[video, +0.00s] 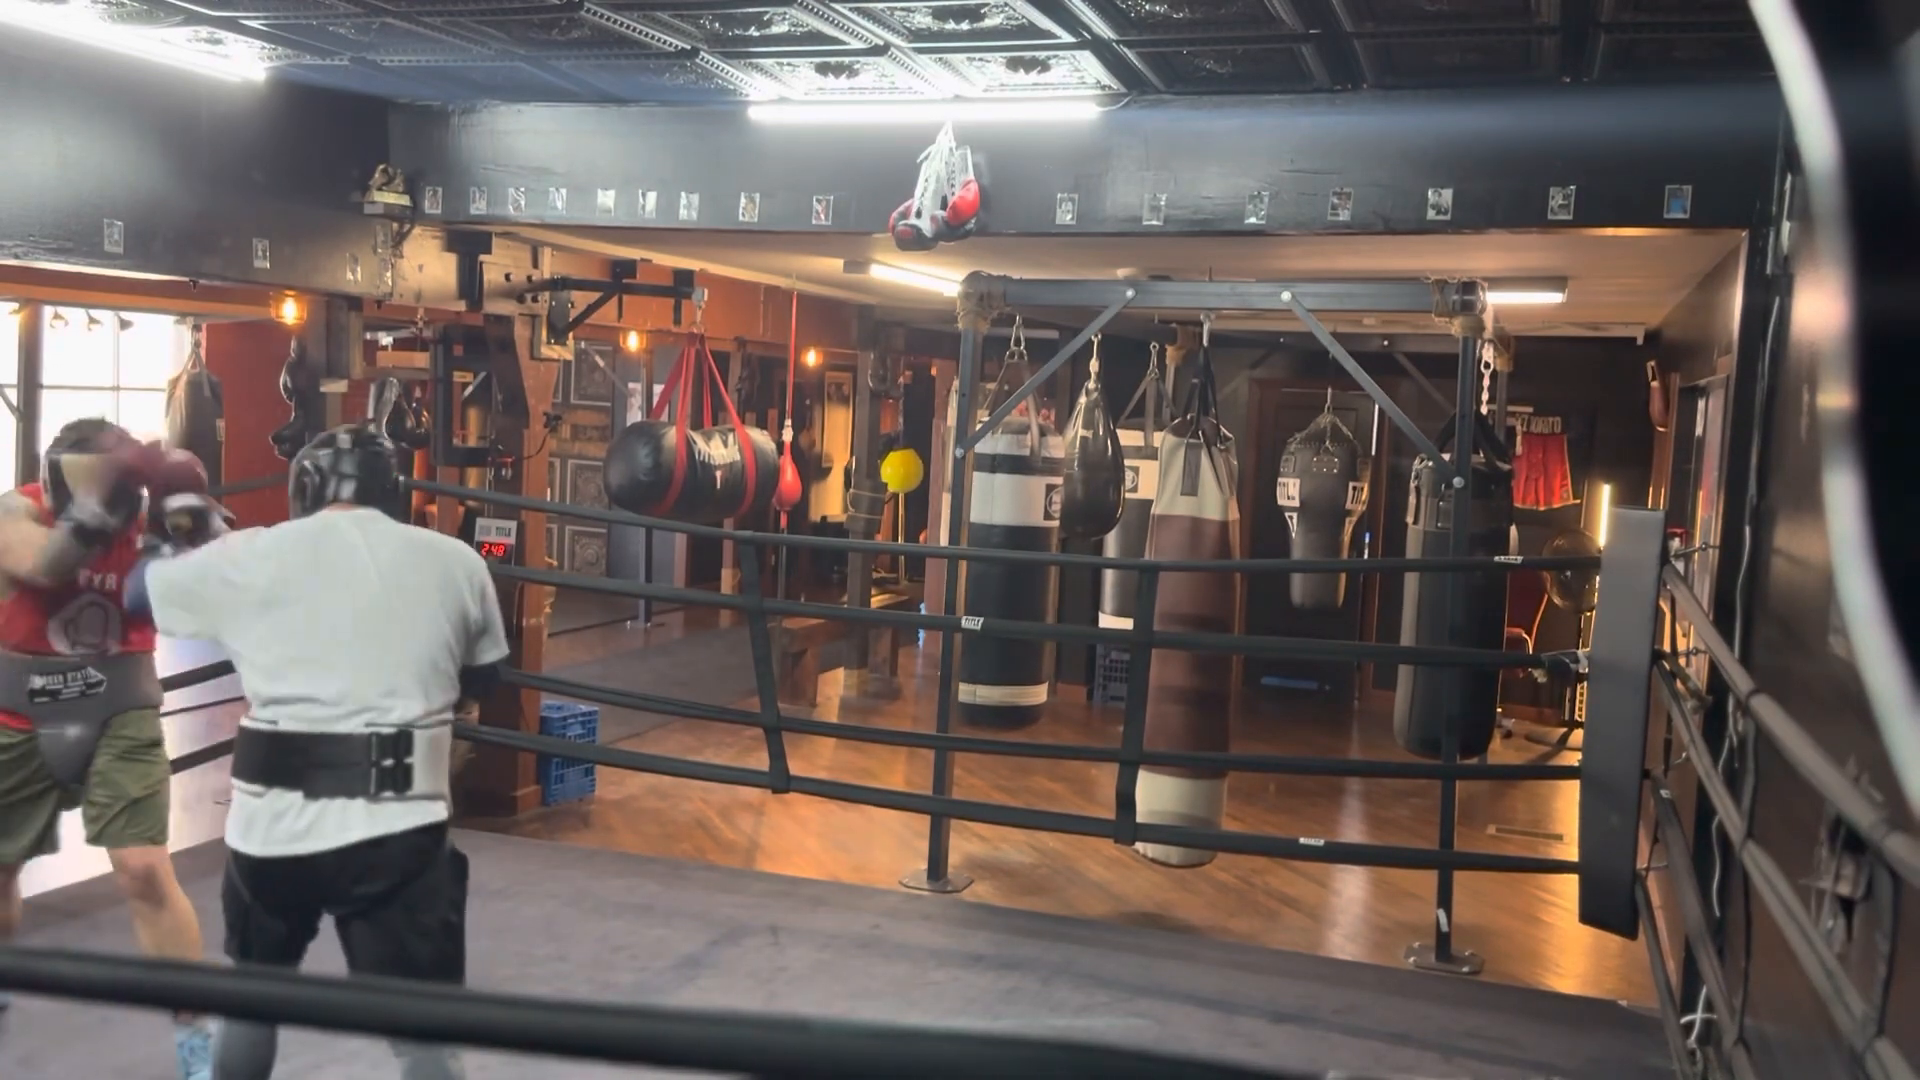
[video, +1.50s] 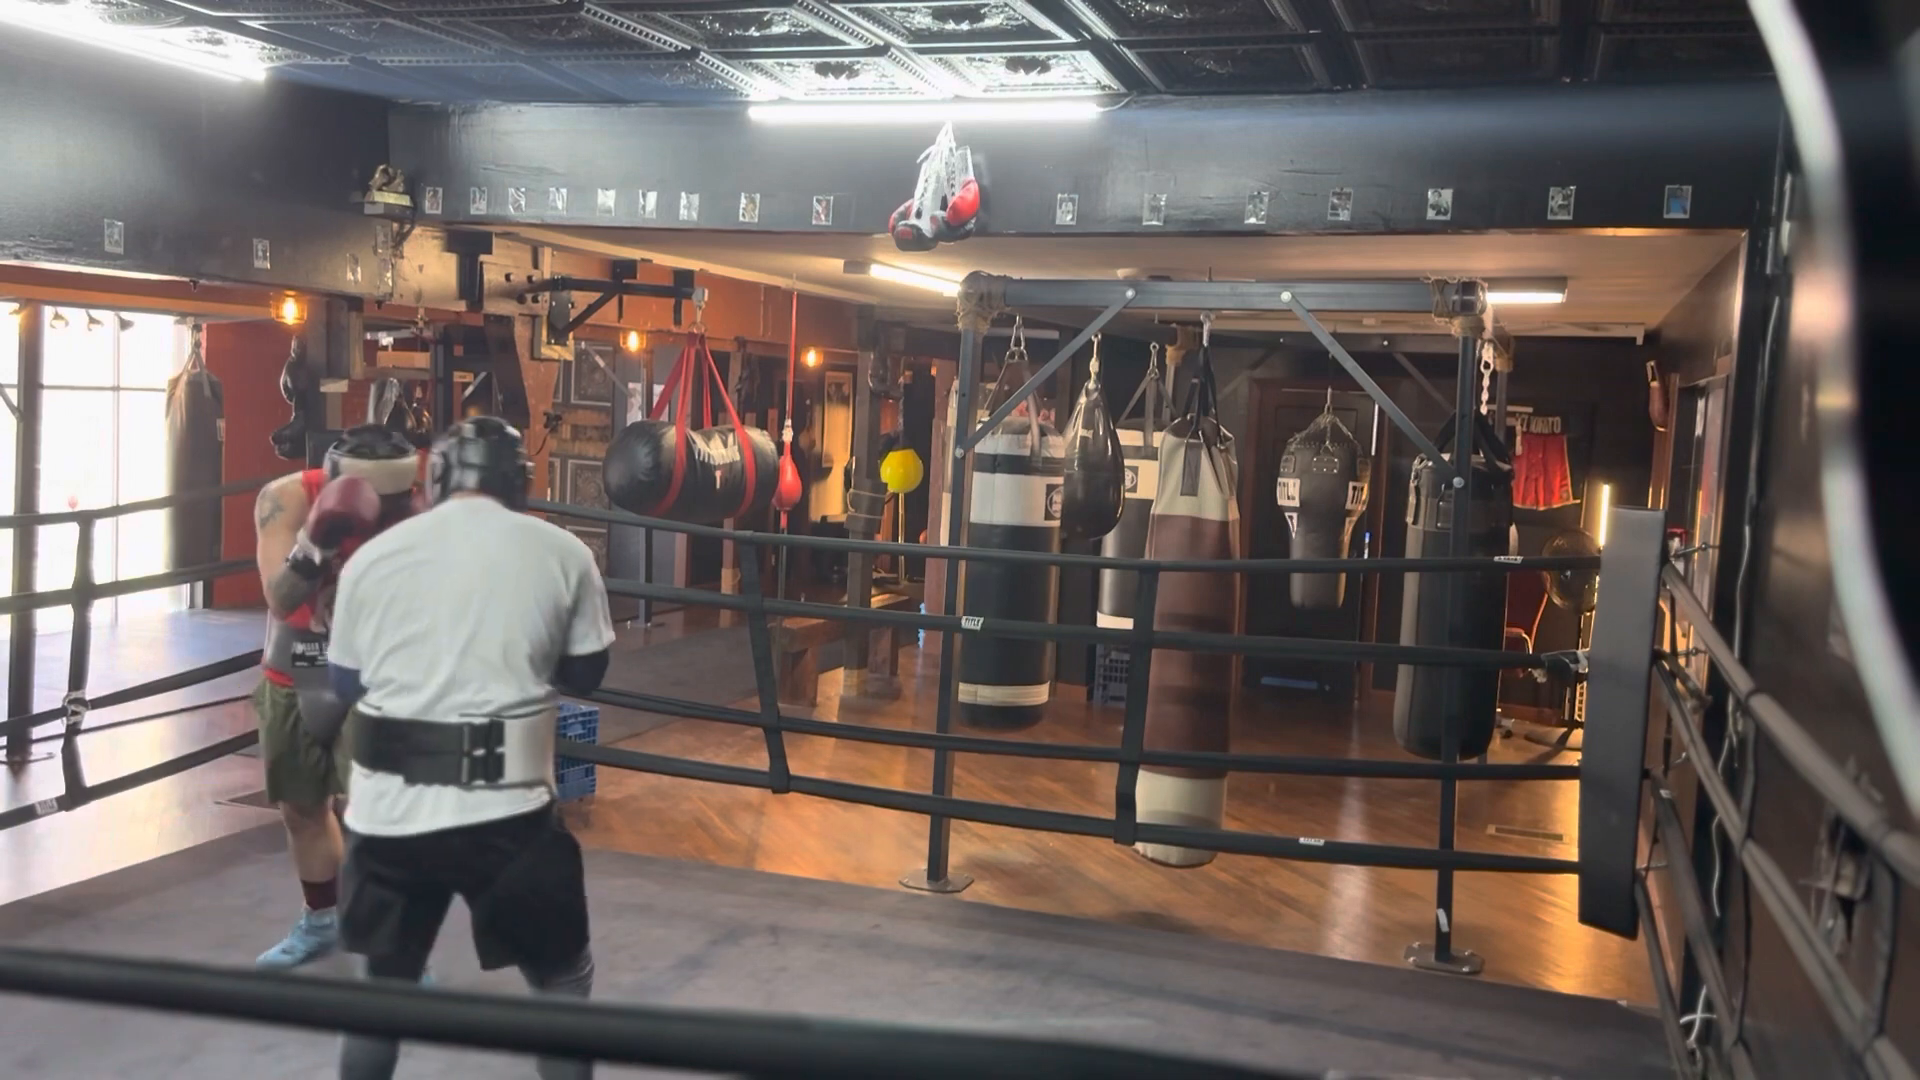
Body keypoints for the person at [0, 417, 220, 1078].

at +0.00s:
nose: (99, 501)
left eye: (110, 490)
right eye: (84, 487)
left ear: (129, 485)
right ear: (56, 480)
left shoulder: (147, 520)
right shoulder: (20, 507)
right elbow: (40, 565)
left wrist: (194, 529)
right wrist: (87, 518)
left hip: (123, 709)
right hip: (19, 715)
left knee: (144, 870)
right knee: (2, 877)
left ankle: (194, 1031)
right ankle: (3, 999)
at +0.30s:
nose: (149, 500)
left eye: (163, 485)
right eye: (129, 489)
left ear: (185, 467)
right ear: (101, 476)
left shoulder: (231, 504)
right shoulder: (72, 493)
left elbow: (269, 591)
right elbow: (42, 599)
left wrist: (187, 608)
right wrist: (99, 604)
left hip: (184, 706)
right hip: (91, 695)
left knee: (184, 873)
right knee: (30, 845)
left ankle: (205, 1027)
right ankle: (12, 978)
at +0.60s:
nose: (187, 480)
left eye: (198, 469)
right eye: (174, 469)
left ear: (219, 466)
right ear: (152, 467)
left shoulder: (233, 519)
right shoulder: (114, 513)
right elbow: (130, 593)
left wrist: (257, 512)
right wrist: (159, 517)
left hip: (208, 700)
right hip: (118, 705)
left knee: (203, 849)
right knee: (117, 853)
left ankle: (210, 978)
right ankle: (146, 960)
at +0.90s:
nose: (222, 471)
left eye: (237, 460)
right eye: (210, 460)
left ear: (260, 455)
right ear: (193, 460)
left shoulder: (292, 502)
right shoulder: (180, 500)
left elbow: (329, 575)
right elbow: (136, 576)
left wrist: (310, 513)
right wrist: (160, 511)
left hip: (260, 680)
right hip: (173, 679)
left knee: (292, 823)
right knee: (156, 829)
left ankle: (349, 954)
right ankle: (148, 953)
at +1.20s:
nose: (325, 479)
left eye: (340, 472)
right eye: (317, 469)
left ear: (356, 473)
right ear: (303, 462)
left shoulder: (381, 501)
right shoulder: (262, 497)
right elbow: (249, 594)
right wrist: (284, 540)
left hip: (354, 689)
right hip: (266, 684)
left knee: (365, 817)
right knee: (226, 817)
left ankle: (380, 945)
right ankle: (192, 931)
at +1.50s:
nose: (379, 496)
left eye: (392, 486)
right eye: (368, 484)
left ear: (405, 476)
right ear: (335, 470)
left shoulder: (411, 507)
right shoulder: (283, 497)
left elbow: (424, 591)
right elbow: (280, 597)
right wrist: (317, 539)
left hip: (373, 681)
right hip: (292, 682)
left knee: (372, 810)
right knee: (303, 811)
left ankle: (392, 940)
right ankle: (322, 921)